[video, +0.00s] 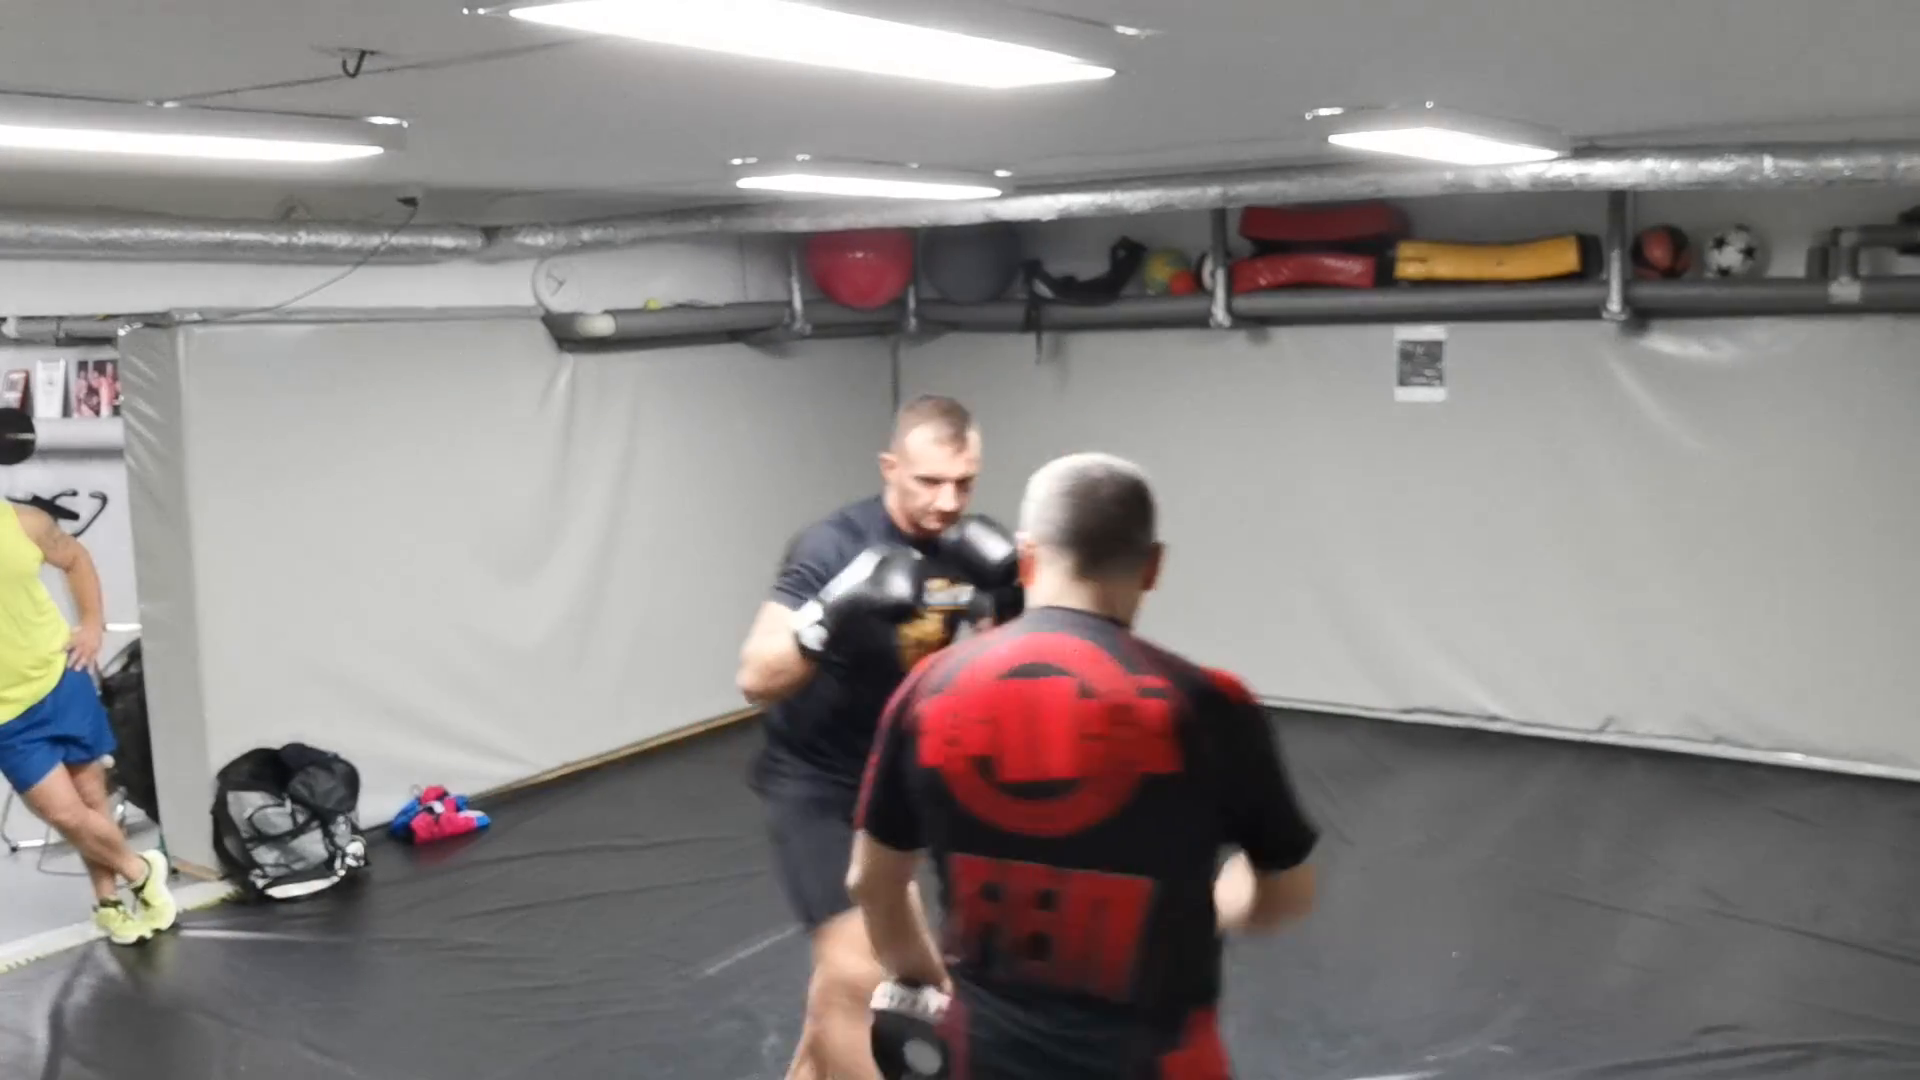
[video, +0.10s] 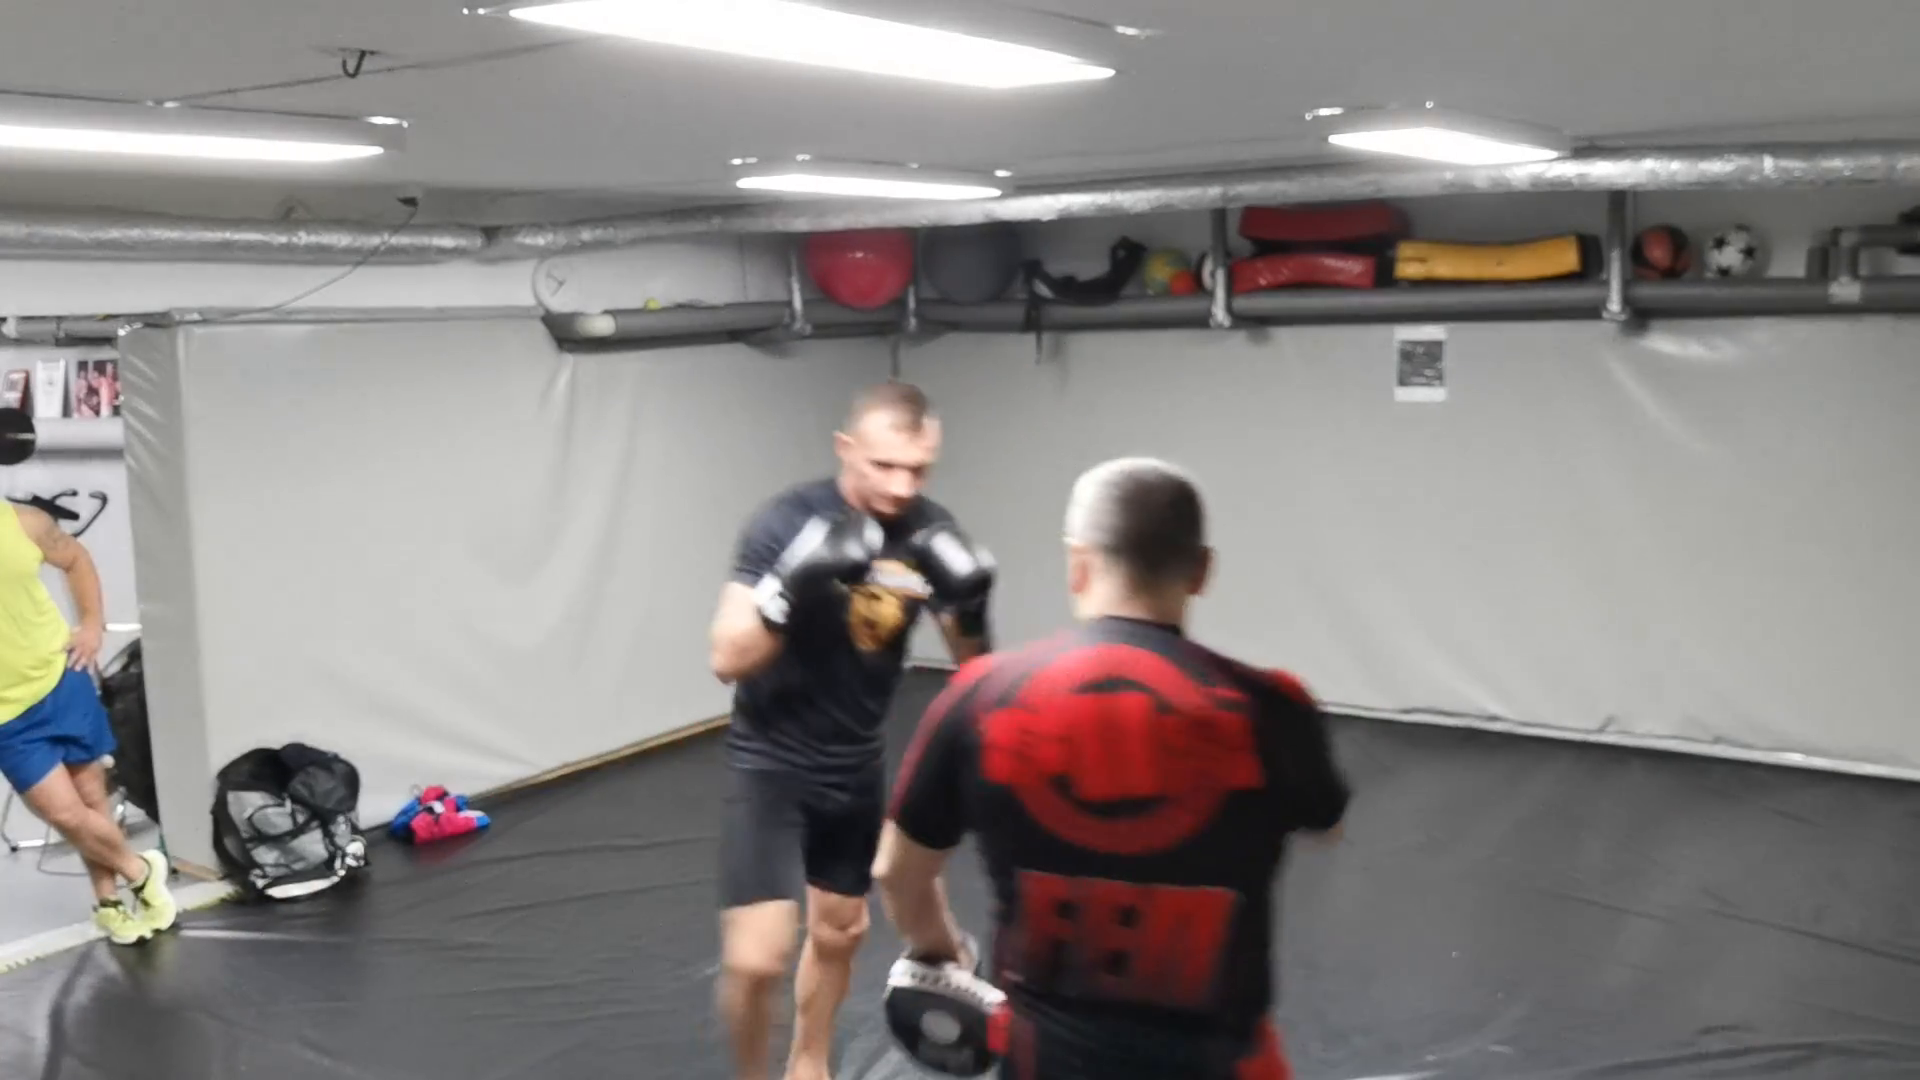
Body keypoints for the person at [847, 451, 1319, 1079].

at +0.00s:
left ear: (1025, 561)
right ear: (1154, 569)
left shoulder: (935, 687)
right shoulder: (1208, 708)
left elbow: (876, 880)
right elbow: (1288, 891)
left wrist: (920, 976)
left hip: (987, 1042)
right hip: (1157, 1050)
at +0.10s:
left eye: (1071, 558)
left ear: (1077, 567)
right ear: (1203, 573)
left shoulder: (984, 697)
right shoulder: (1267, 711)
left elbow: (901, 868)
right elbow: (1327, 829)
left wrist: (935, 949)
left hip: (1044, 1039)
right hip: (1214, 1048)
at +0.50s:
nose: (1188, 576)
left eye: (1189, 558)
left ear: (1208, 567)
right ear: (1329, 578)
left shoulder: (1108, 687)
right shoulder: (1381, 710)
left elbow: (987, 809)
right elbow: (1470, 721)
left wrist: (1018, 877)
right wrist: (1398, 578)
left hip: (1154, 1043)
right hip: (1329, 1050)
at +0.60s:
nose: (1178, 575)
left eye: (1180, 560)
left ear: (1196, 569)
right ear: (1319, 579)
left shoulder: (1096, 687)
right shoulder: (1368, 712)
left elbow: (978, 808)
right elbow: (1472, 742)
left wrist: (1009, 873)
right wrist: (1411, 594)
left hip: (1143, 1046)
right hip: (1320, 1051)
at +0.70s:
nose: (1149, 579)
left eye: (1151, 564)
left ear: (1166, 575)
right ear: (1286, 575)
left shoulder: (1072, 697)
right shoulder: (1348, 714)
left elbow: (948, 846)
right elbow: (1448, 771)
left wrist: (1001, 906)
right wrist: (1391, 617)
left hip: (1130, 1044)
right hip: (1307, 1051)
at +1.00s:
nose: (1021, 557)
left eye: (1039, 548)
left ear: (1106, 594)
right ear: (1221, 557)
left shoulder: (1084, 743)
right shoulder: (1307, 647)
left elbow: (1018, 997)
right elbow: (1230, 564)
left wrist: (1031, 1021)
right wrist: (1133, 493)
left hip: (1157, 1047)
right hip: (1324, 1028)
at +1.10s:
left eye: (1112, 578)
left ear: (1127, 596)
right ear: (1247, 561)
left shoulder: (1096, 748)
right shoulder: (1344, 672)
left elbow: (1048, 1027)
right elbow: (1297, 615)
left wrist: (1018, 1011)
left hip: (1165, 1059)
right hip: (1344, 1047)